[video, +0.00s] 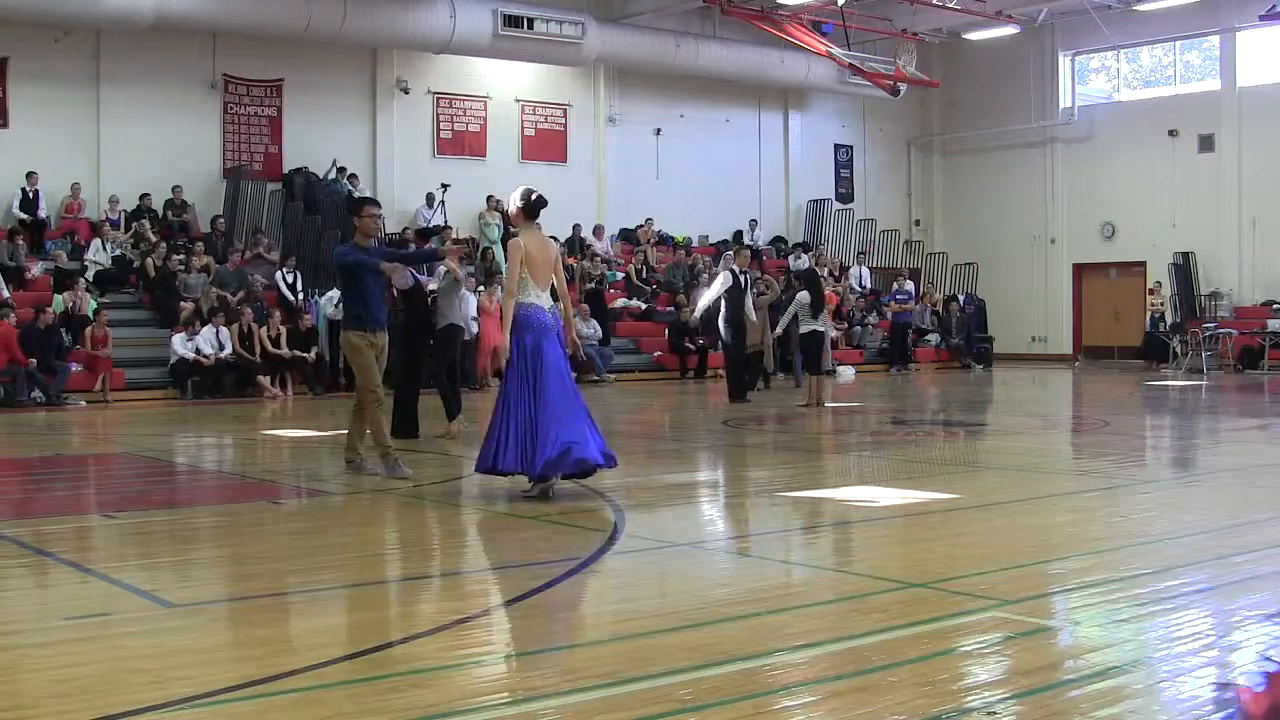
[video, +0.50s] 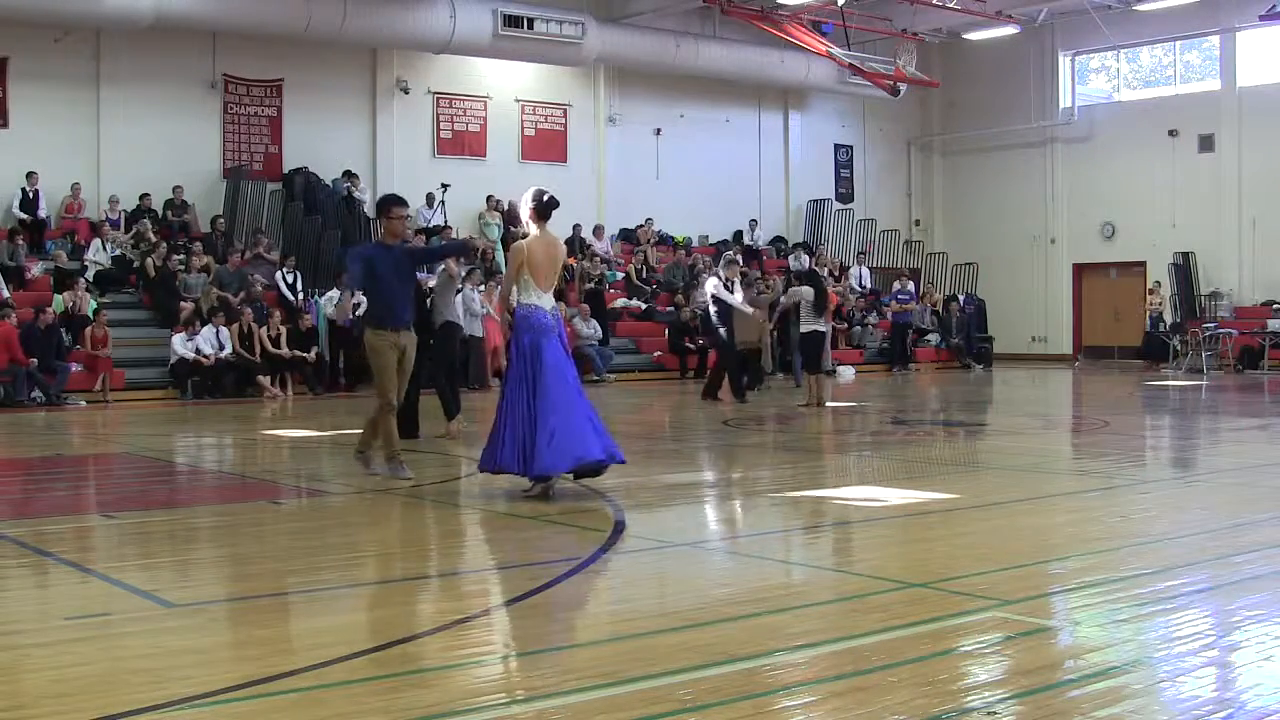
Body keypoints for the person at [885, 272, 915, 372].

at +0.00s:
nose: (900, 283)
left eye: (902, 280)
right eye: (898, 281)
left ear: (905, 281)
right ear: (896, 282)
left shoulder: (909, 294)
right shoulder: (893, 294)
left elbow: (912, 306)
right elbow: (892, 308)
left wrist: (899, 306)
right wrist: (905, 307)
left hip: (906, 321)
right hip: (896, 321)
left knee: (905, 344)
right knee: (895, 344)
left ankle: (905, 364)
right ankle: (894, 365)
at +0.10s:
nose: (902, 282)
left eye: (904, 280)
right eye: (900, 280)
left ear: (907, 281)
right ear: (897, 281)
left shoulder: (910, 294)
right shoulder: (894, 294)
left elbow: (912, 306)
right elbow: (893, 308)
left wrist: (899, 306)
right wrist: (906, 307)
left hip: (907, 321)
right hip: (896, 321)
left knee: (905, 343)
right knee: (895, 343)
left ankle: (905, 363)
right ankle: (894, 364)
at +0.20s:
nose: (903, 282)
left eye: (905, 280)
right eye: (901, 280)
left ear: (908, 281)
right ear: (899, 282)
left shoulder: (911, 294)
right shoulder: (894, 294)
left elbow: (912, 306)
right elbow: (893, 308)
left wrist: (899, 306)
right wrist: (906, 307)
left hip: (907, 321)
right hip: (896, 322)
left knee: (906, 344)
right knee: (895, 344)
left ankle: (905, 363)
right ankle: (894, 364)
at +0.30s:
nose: (904, 282)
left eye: (905, 280)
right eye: (902, 280)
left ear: (908, 281)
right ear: (899, 282)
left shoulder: (911, 294)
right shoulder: (894, 294)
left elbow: (912, 306)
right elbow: (893, 308)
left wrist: (899, 306)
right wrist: (906, 307)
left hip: (907, 321)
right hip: (896, 321)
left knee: (906, 343)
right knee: (895, 343)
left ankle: (905, 363)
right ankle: (895, 364)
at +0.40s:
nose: (904, 282)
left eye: (905, 280)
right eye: (902, 280)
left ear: (908, 281)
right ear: (899, 282)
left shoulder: (911, 294)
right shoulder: (894, 294)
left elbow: (912, 306)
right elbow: (893, 308)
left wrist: (899, 306)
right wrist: (906, 307)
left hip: (907, 321)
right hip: (896, 321)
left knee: (906, 343)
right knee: (896, 343)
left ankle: (905, 363)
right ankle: (895, 364)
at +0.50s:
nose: (903, 282)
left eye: (905, 280)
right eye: (901, 280)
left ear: (908, 281)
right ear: (899, 282)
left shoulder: (911, 294)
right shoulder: (894, 294)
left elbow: (913, 306)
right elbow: (893, 308)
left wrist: (899, 306)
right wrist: (907, 307)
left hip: (907, 321)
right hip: (896, 321)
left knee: (906, 344)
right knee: (896, 343)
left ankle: (905, 363)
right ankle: (896, 364)